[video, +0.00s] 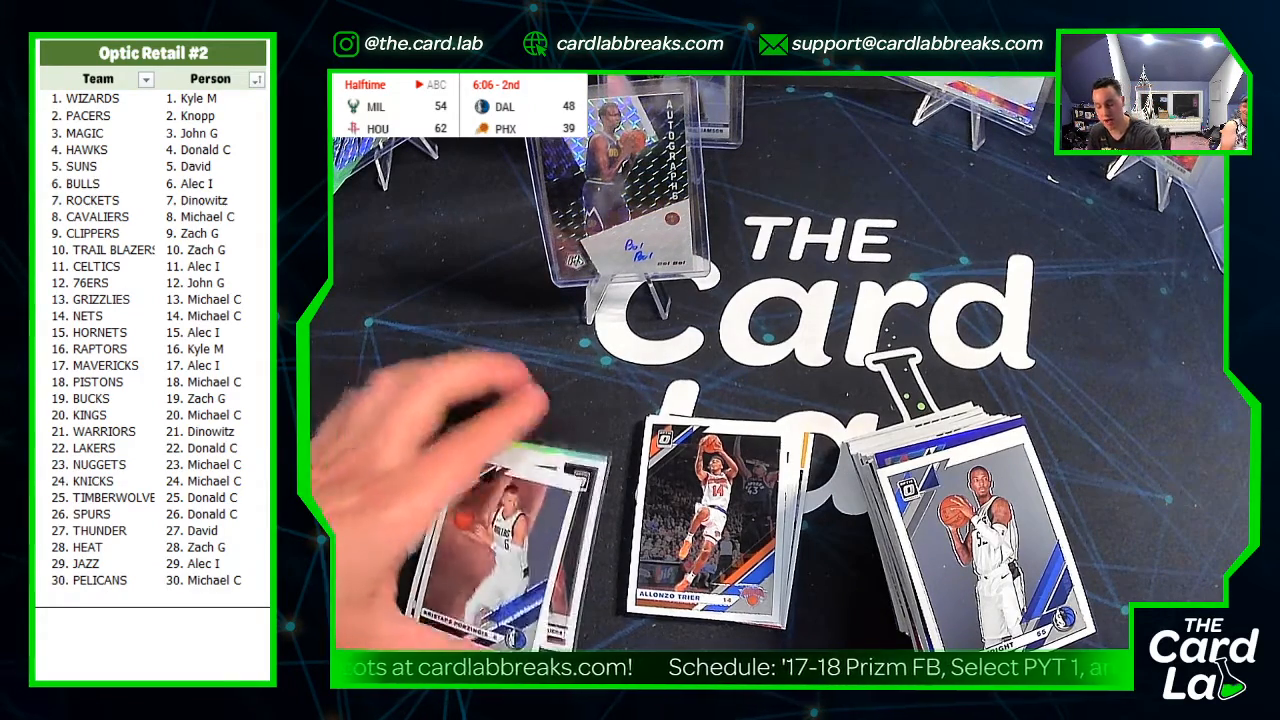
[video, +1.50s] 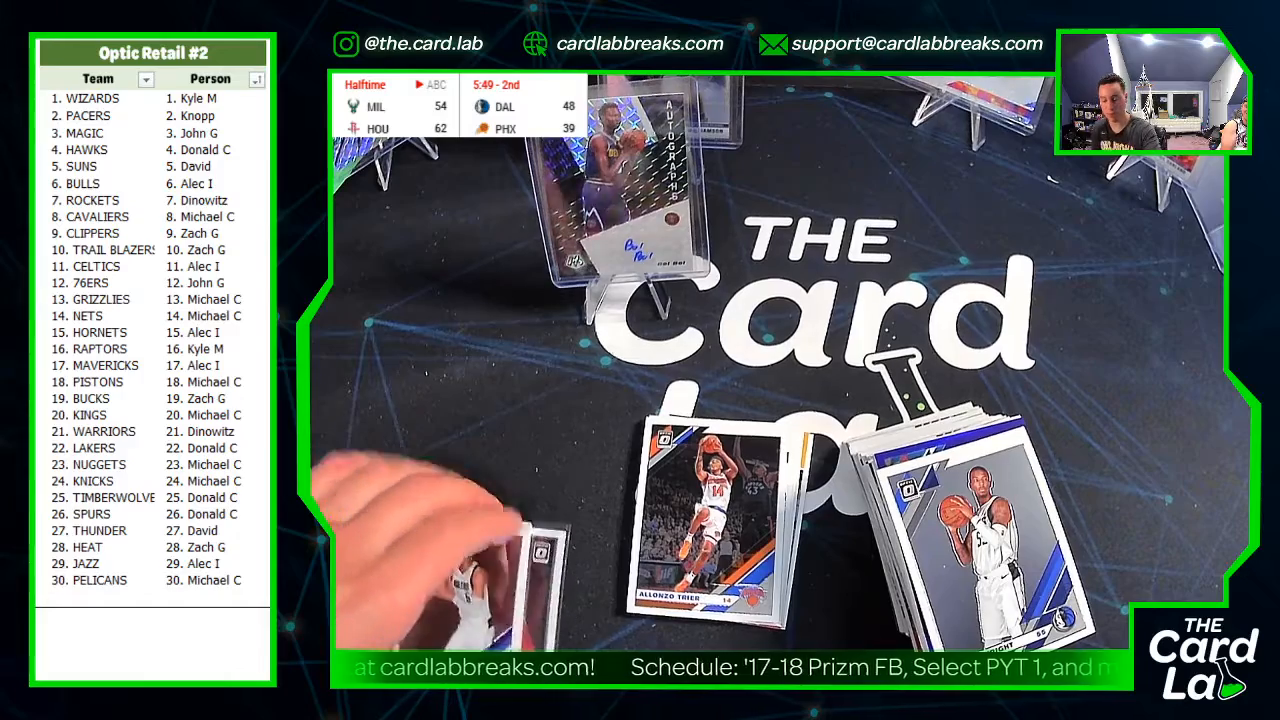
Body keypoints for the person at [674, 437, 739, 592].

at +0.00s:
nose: (714, 463)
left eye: (717, 462)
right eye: (713, 461)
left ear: (721, 465)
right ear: (709, 465)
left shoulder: (727, 476)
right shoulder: (706, 476)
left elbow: (734, 468)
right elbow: (698, 470)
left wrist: (722, 452)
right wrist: (700, 450)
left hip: (721, 513)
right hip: (706, 507)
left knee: (707, 550)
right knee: (704, 512)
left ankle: (688, 579)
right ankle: (688, 540)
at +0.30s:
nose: (714, 463)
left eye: (717, 461)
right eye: (713, 461)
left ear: (721, 465)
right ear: (710, 465)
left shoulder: (727, 476)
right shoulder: (706, 476)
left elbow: (734, 468)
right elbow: (698, 470)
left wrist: (722, 452)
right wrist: (700, 451)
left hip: (721, 512)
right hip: (706, 507)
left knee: (707, 550)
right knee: (704, 512)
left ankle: (688, 579)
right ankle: (688, 540)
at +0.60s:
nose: (714, 463)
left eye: (717, 461)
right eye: (713, 461)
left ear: (721, 465)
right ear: (710, 465)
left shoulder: (727, 476)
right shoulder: (706, 477)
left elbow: (734, 469)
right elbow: (699, 470)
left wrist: (722, 452)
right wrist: (700, 451)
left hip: (721, 513)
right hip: (706, 507)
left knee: (707, 550)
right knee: (704, 512)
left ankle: (688, 579)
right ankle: (688, 540)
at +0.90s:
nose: (714, 463)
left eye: (717, 461)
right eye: (713, 461)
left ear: (721, 465)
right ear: (710, 465)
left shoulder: (727, 475)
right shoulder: (706, 476)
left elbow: (734, 469)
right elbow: (699, 470)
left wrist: (722, 452)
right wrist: (700, 451)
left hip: (721, 513)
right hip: (707, 507)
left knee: (707, 550)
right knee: (704, 511)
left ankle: (688, 579)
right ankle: (688, 540)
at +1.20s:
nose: (714, 463)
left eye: (717, 461)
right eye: (713, 461)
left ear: (721, 465)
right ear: (710, 465)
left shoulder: (727, 475)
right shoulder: (706, 476)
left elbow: (734, 469)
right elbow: (699, 470)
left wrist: (722, 452)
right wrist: (700, 451)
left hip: (721, 513)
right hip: (707, 507)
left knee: (707, 550)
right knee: (704, 511)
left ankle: (688, 579)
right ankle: (688, 540)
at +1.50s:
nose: (714, 464)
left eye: (717, 462)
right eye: (712, 462)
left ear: (721, 465)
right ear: (709, 465)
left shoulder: (727, 476)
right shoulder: (706, 477)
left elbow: (734, 469)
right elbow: (699, 471)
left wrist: (722, 452)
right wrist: (700, 451)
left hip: (720, 513)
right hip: (706, 507)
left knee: (707, 550)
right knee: (704, 511)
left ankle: (688, 578)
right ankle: (688, 540)